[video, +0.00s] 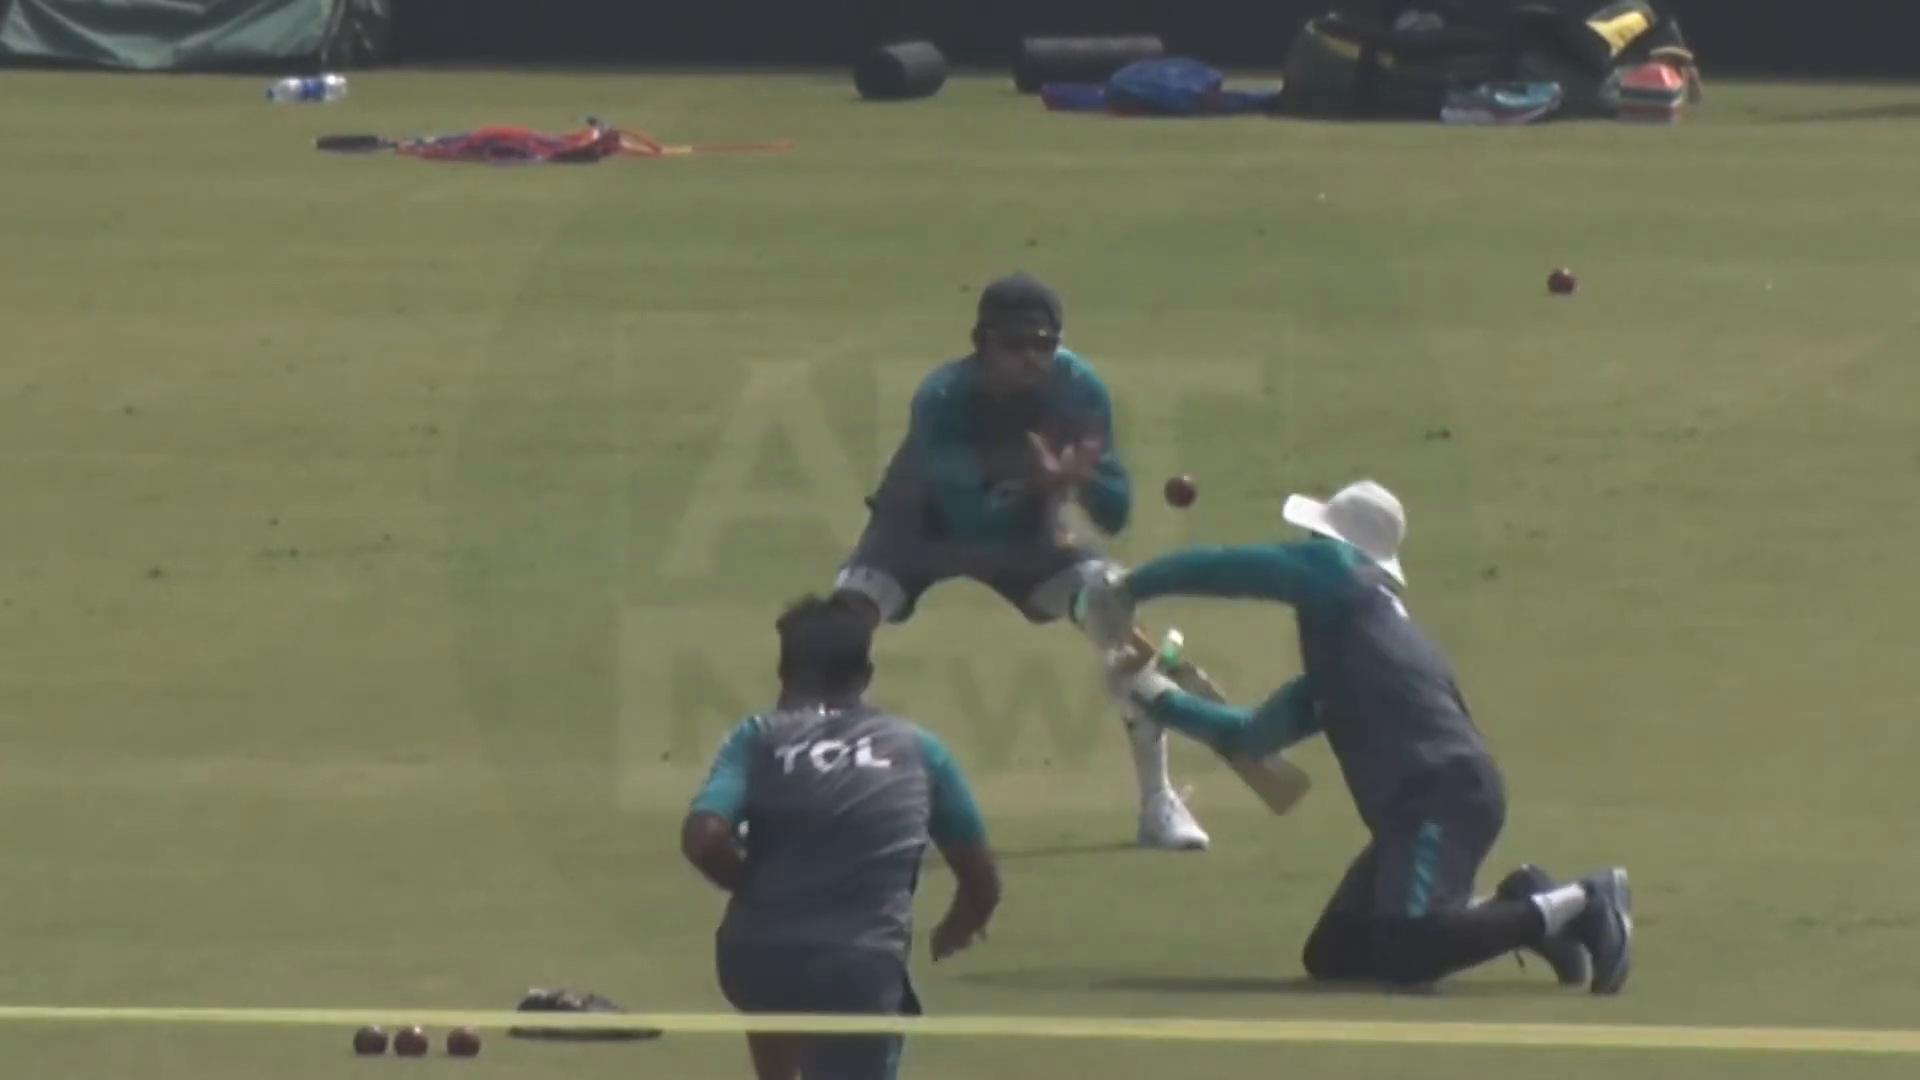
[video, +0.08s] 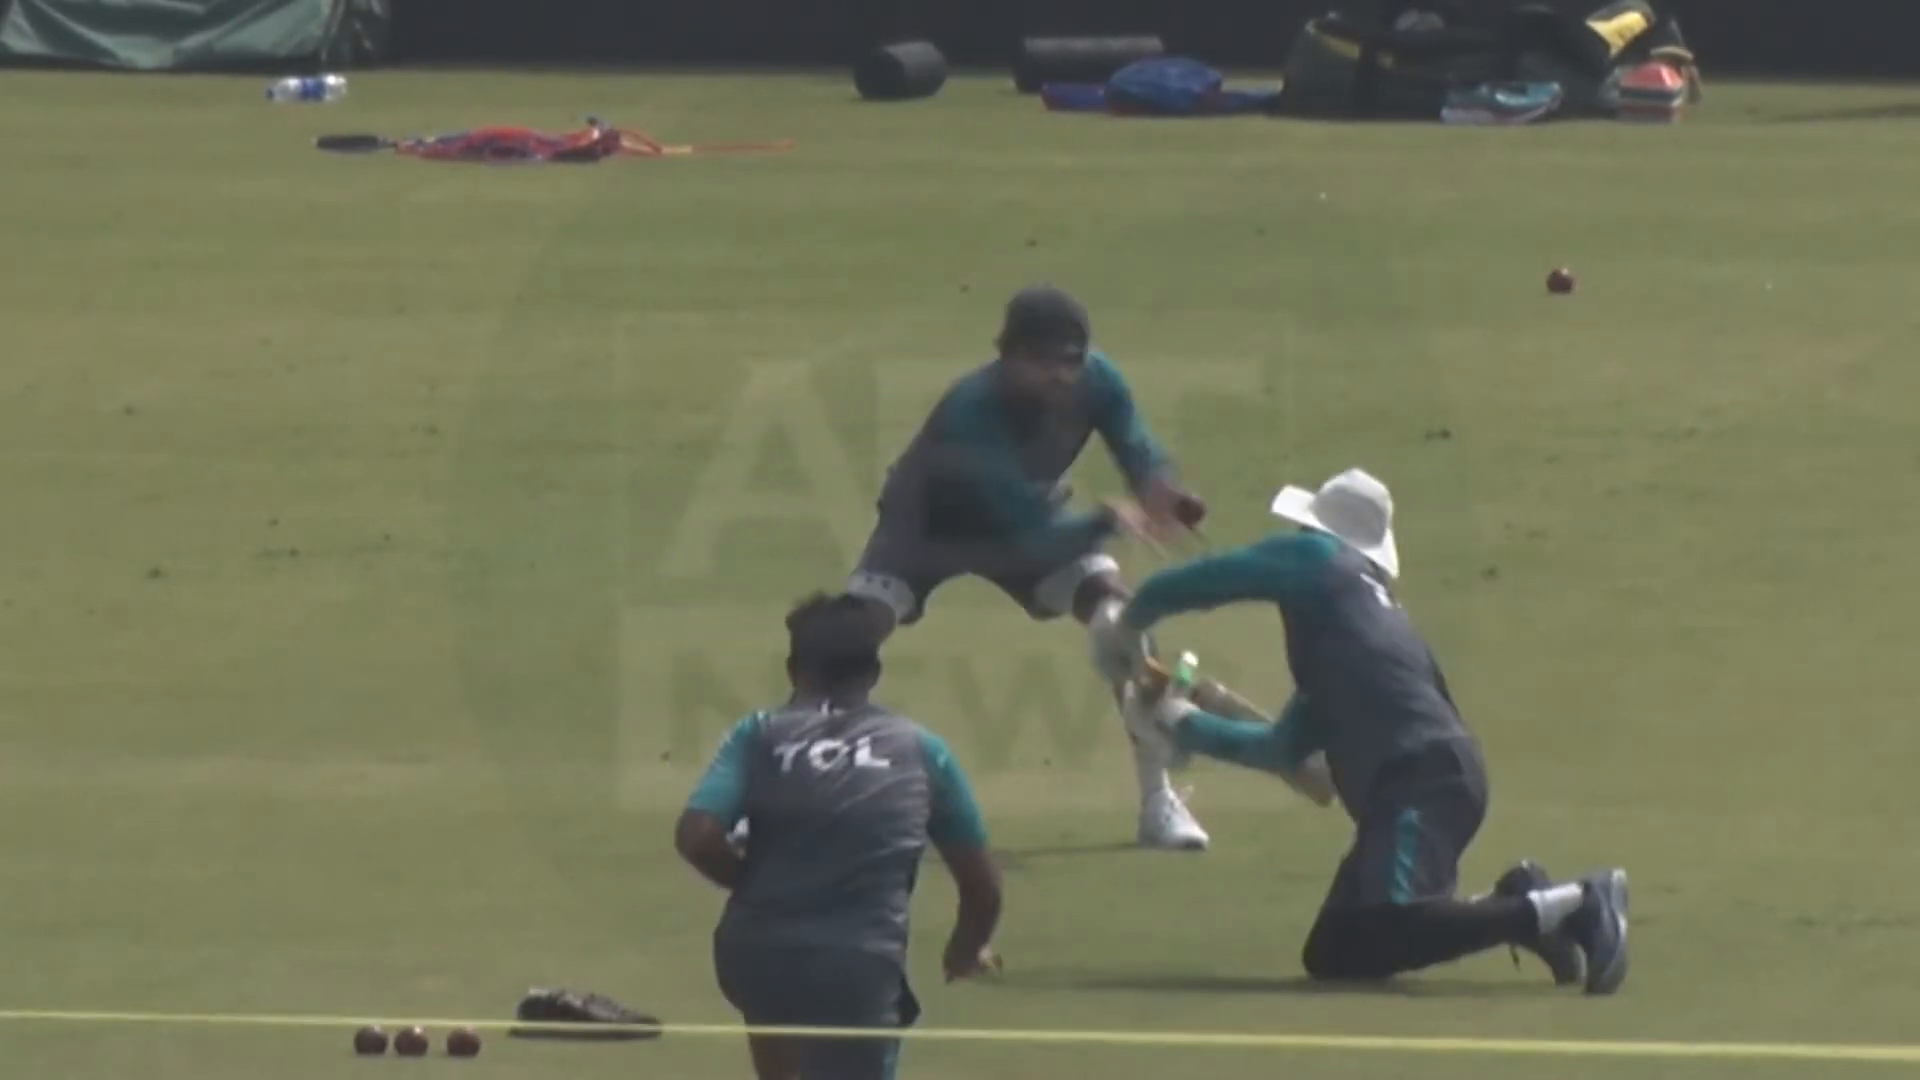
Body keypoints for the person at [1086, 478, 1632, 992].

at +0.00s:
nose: (1300, 544)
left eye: (1313, 538)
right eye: (1305, 535)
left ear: (1343, 549)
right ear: (1371, 559)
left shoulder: (1341, 579)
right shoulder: (1350, 654)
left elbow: (1218, 568)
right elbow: (1250, 735)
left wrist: (1126, 586)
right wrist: (1151, 692)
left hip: (1445, 798)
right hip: (1415, 815)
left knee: (1396, 952)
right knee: (1333, 955)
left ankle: (1579, 905)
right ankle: (1508, 915)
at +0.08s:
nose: (1290, 533)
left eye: (1302, 528)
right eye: (1297, 525)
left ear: (1325, 537)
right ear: (1366, 552)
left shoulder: (1318, 564)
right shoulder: (1366, 629)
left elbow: (1188, 582)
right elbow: (1281, 749)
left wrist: (1127, 621)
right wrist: (1176, 717)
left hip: (1424, 775)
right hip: (1415, 791)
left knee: (1358, 941)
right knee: (1334, 951)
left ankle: (1570, 908)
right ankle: (1511, 911)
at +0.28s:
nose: (1271, 526)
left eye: (1280, 521)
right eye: (1275, 519)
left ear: (1298, 524)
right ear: (1350, 540)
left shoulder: (1285, 549)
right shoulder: (1357, 596)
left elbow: (1181, 636)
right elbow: (1334, 757)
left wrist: (1155, 698)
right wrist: (1230, 753)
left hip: (1392, 762)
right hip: (1421, 764)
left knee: (1337, 944)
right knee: (1337, 946)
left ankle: (1529, 904)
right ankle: (1511, 901)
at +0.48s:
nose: (1262, 529)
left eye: (1269, 521)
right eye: (1267, 520)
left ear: (1284, 524)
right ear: (1337, 541)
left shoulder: (1268, 552)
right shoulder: (1356, 599)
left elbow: (1214, 654)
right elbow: (1351, 733)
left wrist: (1192, 745)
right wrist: (1270, 789)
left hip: (1376, 748)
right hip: (1419, 758)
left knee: (1327, 889)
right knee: (1325, 955)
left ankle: (1518, 879)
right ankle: (1505, 910)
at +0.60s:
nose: (1251, 530)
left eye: (1261, 523)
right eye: (1257, 522)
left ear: (1277, 527)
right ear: (1327, 546)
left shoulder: (1260, 551)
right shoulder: (1350, 600)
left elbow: (1225, 654)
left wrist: (1208, 762)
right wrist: (1293, 832)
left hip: (1375, 739)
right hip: (1412, 756)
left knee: (1331, 877)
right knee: (1328, 955)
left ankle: (1518, 863)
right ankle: (1506, 907)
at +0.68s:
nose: (1239, 532)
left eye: (1250, 526)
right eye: (1245, 525)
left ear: (1273, 530)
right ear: (1321, 547)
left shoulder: (1259, 548)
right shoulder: (1347, 602)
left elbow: (1229, 649)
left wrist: (1215, 763)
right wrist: (1318, 883)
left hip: (1372, 732)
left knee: (1338, 872)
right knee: (1330, 956)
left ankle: (1522, 854)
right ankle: (1509, 907)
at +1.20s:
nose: (1252, 556)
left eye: (1260, 549)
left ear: (1276, 547)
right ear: (1334, 564)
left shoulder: (1260, 568)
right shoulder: (1352, 611)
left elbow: (1248, 653)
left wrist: (1231, 772)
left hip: (1388, 759)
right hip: (1430, 761)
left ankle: (1526, 889)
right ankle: (1515, 892)